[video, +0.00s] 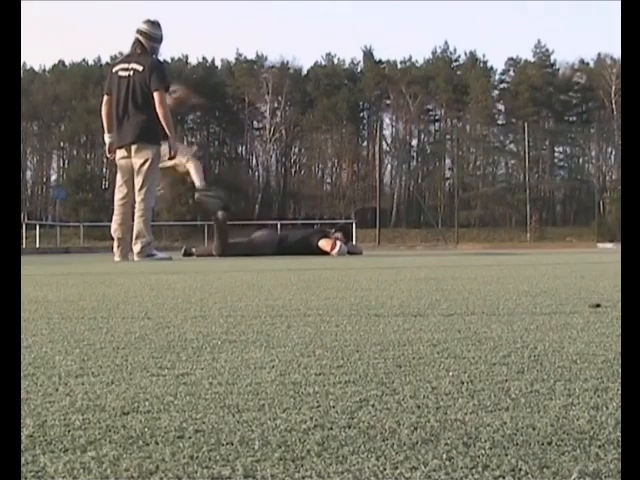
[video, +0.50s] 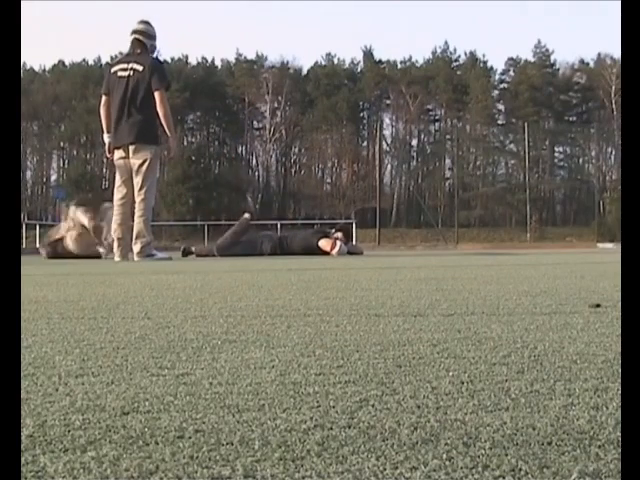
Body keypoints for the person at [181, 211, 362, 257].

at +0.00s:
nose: (338, 244)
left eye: (340, 242)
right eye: (340, 241)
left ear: (335, 234)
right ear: (335, 237)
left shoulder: (320, 235)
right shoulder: (320, 237)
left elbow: (348, 248)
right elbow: (330, 248)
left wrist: (344, 246)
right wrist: (339, 248)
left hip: (270, 237)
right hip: (271, 243)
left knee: (226, 248)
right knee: (223, 250)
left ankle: (193, 252)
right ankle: (221, 216)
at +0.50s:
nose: (338, 243)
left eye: (340, 241)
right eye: (339, 241)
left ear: (338, 238)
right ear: (335, 237)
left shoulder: (326, 239)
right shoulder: (321, 237)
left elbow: (354, 249)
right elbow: (329, 248)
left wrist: (344, 246)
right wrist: (337, 247)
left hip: (272, 245)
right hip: (270, 243)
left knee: (228, 251)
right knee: (220, 248)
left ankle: (193, 251)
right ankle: (245, 218)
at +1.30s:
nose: (342, 242)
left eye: (345, 241)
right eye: (342, 238)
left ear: (345, 241)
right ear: (337, 233)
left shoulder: (329, 242)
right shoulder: (313, 234)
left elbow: (359, 251)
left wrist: (344, 249)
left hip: (271, 247)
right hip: (266, 242)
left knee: (231, 245)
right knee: (221, 250)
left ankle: (199, 239)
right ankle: (236, 218)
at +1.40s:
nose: (343, 238)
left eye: (344, 238)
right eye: (342, 236)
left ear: (341, 239)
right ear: (336, 234)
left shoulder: (329, 242)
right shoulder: (322, 238)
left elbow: (355, 249)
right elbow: (290, 225)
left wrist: (350, 248)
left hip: (275, 244)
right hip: (270, 242)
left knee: (236, 244)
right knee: (221, 250)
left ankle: (200, 236)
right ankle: (236, 217)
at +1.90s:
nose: (334, 243)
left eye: (338, 242)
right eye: (336, 239)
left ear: (339, 240)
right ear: (333, 231)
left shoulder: (328, 240)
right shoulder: (315, 226)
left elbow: (359, 250)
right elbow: (284, 227)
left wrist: (345, 250)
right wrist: (292, 249)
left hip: (270, 248)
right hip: (265, 239)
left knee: (226, 248)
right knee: (220, 249)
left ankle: (196, 236)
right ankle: (238, 219)